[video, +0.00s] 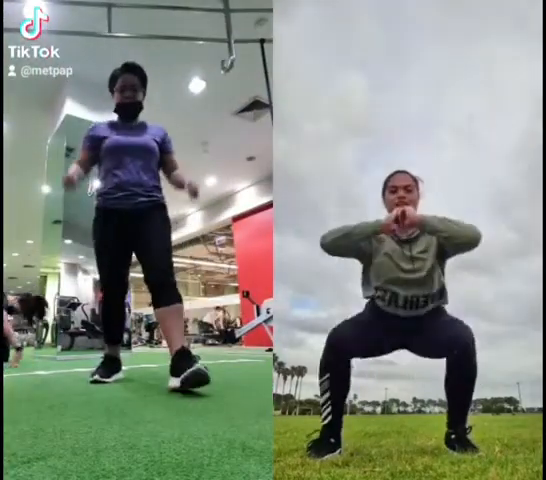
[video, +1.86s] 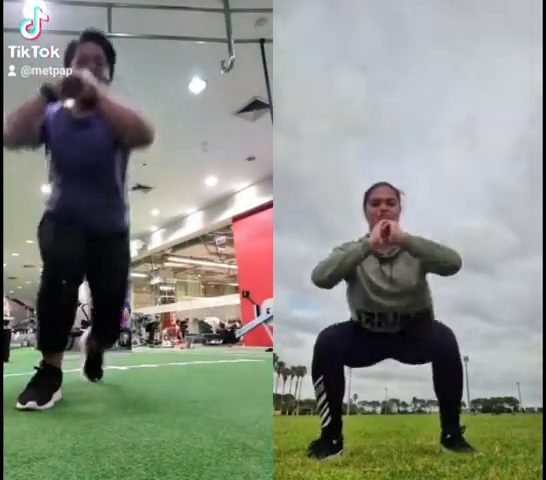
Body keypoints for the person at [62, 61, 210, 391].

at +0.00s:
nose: (129, 95)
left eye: (135, 90)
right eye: (123, 90)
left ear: (144, 95)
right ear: (112, 94)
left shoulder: (157, 133)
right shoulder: (99, 131)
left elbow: (172, 171)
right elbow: (82, 164)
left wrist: (185, 183)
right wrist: (74, 174)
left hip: (151, 212)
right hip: (111, 213)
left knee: (162, 279)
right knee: (113, 288)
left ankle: (181, 358)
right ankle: (111, 359)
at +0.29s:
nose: (142, 73)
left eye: (149, 68)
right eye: (136, 68)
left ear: (159, 74)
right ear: (126, 73)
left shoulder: (172, 113)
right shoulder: (112, 113)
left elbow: (200, 151)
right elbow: (87, 154)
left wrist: (184, 135)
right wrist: (86, 135)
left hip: (160, 202)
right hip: (116, 202)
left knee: (167, 277)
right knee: (90, 269)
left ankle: (182, 365)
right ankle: (98, 338)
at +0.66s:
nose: (125, 56)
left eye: (133, 50)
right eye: (118, 50)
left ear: (146, 57)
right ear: (107, 58)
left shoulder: (158, 104)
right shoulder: (95, 106)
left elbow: (192, 143)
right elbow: (68, 154)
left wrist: (165, 105)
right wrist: (76, 122)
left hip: (151, 206)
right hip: (101, 206)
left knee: (171, 279)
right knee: (66, 275)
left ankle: (182, 367)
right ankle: (50, 370)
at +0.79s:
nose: (114, 41)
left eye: (122, 35)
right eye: (107, 35)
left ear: (134, 42)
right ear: (94, 40)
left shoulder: (146, 87)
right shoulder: (80, 86)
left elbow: (186, 117)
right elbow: (43, 114)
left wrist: (152, 72)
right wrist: (77, 71)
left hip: (137, 192)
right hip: (87, 192)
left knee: (162, 275)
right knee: (62, 276)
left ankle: (183, 366)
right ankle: (48, 370)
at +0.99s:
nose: (92, 34)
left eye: (100, 28)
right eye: (84, 27)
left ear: (112, 35)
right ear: (71, 33)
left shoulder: (123, 80)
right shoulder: (57, 79)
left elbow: (165, 103)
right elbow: (15, 92)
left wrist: (125, 59)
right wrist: (64, 59)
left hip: (114, 191)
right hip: (64, 191)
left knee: (133, 273)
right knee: (52, 277)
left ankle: (139, 352)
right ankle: (48, 371)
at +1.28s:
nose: (79, 79)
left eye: (88, 72)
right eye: (72, 71)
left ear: (103, 79)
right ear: (61, 75)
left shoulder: (110, 119)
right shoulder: (48, 121)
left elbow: (129, 154)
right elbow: (10, 152)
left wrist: (91, 109)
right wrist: (43, 108)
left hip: (98, 227)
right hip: (51, 223)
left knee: (96, 305)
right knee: (43, 277)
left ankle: (86, 348)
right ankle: (48, 368)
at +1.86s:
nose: (87, 71)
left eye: (96, 64)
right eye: (80, 63)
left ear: (108, 72)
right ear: (66, 69)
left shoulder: (116, 115)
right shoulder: (53, 115)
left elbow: (144, 136)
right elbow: (10, 136)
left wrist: (99, 96)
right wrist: (46, 95)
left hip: (109, 224)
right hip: (63, 219)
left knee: (111, 308)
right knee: (57, 286)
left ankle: (96, 346)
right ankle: (49, 369)